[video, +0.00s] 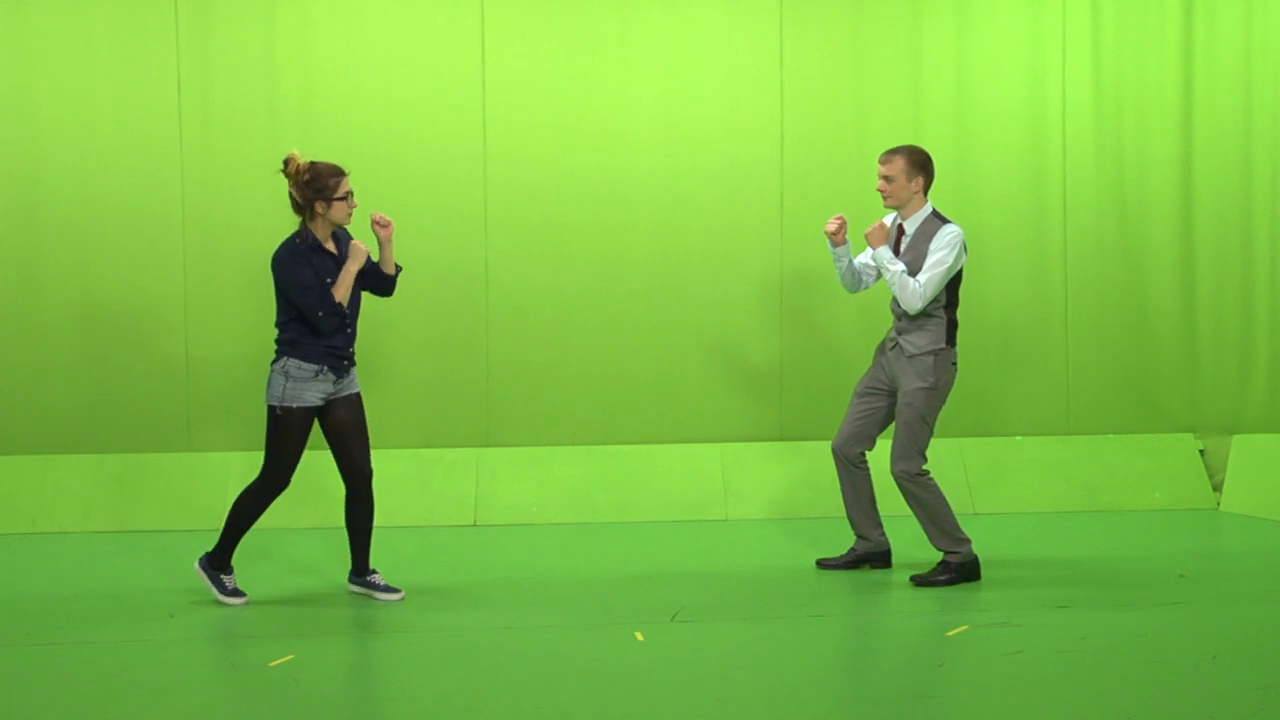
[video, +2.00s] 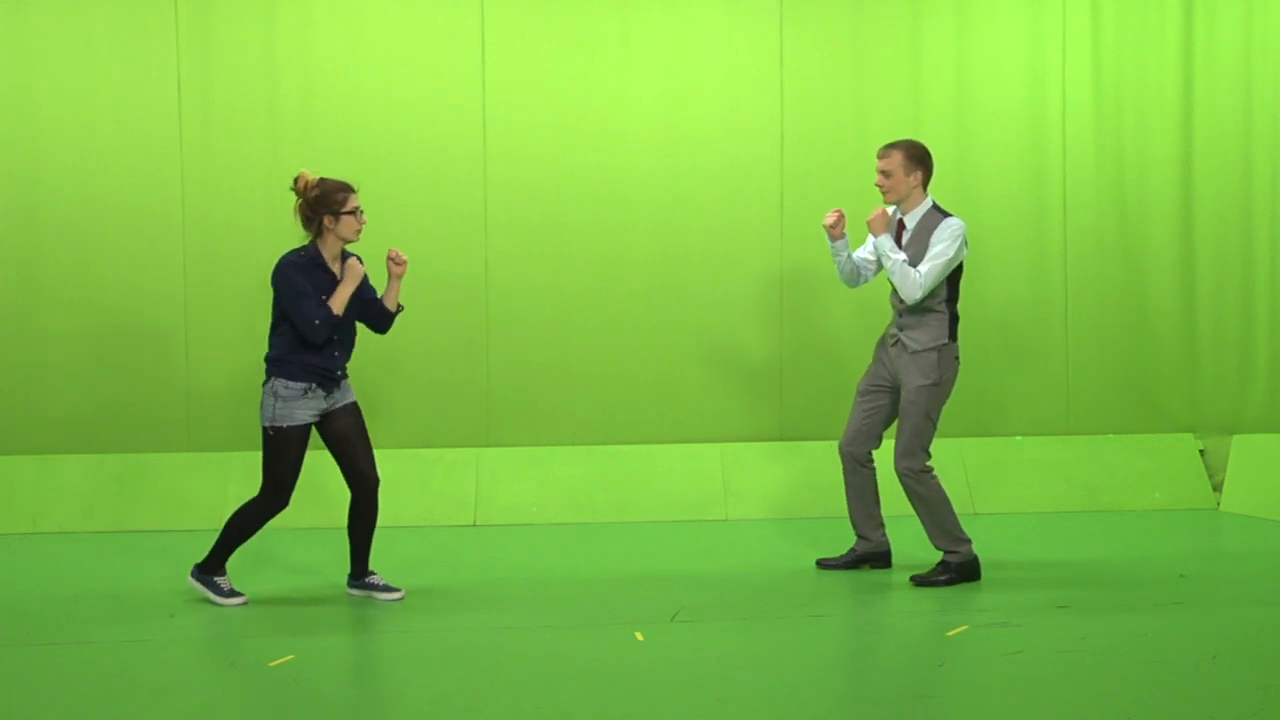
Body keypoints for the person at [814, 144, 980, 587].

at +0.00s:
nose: (881, 187)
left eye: (888, 180)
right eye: (880, 179)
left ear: (918, 184)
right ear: (895, 185)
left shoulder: (949, 236)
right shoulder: (892, 229)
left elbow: (914, 299)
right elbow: (854, 281)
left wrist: (883, 251)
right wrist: (840, 246)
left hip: (928, 360)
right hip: (892, 353)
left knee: (906, 465)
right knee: (848, 447)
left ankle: (961, 557)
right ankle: (872, 546)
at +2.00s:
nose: (880, 183)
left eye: (887, 175)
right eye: (879, 175)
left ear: (917, 177)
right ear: (895, 180)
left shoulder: (950, 229)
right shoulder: (890, 224)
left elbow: (914, 289)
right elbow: (853, 276)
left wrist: (884, 239)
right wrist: (838, 240)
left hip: (930, 355)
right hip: (892, 349)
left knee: (910, 460)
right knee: (854, 446)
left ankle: (960, 556)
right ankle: (872, 546)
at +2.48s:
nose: (855, 198)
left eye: (862, 190)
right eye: (854, 190)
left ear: (893, 193)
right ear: (882, 194)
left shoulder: (921, 248)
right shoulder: (868, 239)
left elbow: (881, 305)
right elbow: (833, 287)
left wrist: (851, 255)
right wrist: (818, 258)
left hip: (909, 370)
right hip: (871, 365)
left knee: (890, 475)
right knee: (808, 443)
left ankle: (957, 557)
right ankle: (805, 550)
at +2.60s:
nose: (834, 192)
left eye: (840, 184)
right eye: (833, 183)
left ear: (870, 187)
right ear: (860, 188)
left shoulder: (896, 242)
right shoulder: (844, 229)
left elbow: (848, 288)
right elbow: (803, 271)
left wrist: (822, 238)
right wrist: (791, 237)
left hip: (876, 368)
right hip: (836, 362)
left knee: (883, 473)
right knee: (776, 442)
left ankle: (954, 552)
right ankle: (739, 547)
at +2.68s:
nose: (811, 189)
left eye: (818, 181)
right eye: (811, 180)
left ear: (848, 184)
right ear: (838, 185)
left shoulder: (874, 237)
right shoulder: (821, 226)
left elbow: (828, 283)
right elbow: (778, 268)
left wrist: (802, 235)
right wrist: (770, 233)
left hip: (850, 364)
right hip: (809, 357)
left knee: (850, 473)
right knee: (758, 446)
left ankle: (922, 540)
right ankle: (731, 553)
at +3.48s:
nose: (749, 193)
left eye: (756, 186)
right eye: (749, 186)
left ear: (785, 189)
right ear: (772, 191)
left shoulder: (820, 239)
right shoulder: (765, 237)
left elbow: (780, 292)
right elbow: (736, 289)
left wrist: (750, 244)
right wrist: (717, 254)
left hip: (816, 368)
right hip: (775, 363)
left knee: (814, 475)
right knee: (722, 448)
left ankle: (868, 558)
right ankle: (712, 556)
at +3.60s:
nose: (727, 198)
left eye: (734, 191)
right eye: (726, 190)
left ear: (763, 194)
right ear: (755, 196)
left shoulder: (796, 244)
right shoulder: (748, 245)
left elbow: (755, 300)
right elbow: (743, 306)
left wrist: (726, 252)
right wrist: (704, 297)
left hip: (801, 373)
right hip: (760, 368)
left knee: (810, 480)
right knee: (701, 448)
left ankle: (867, 557)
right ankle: (685, 557)